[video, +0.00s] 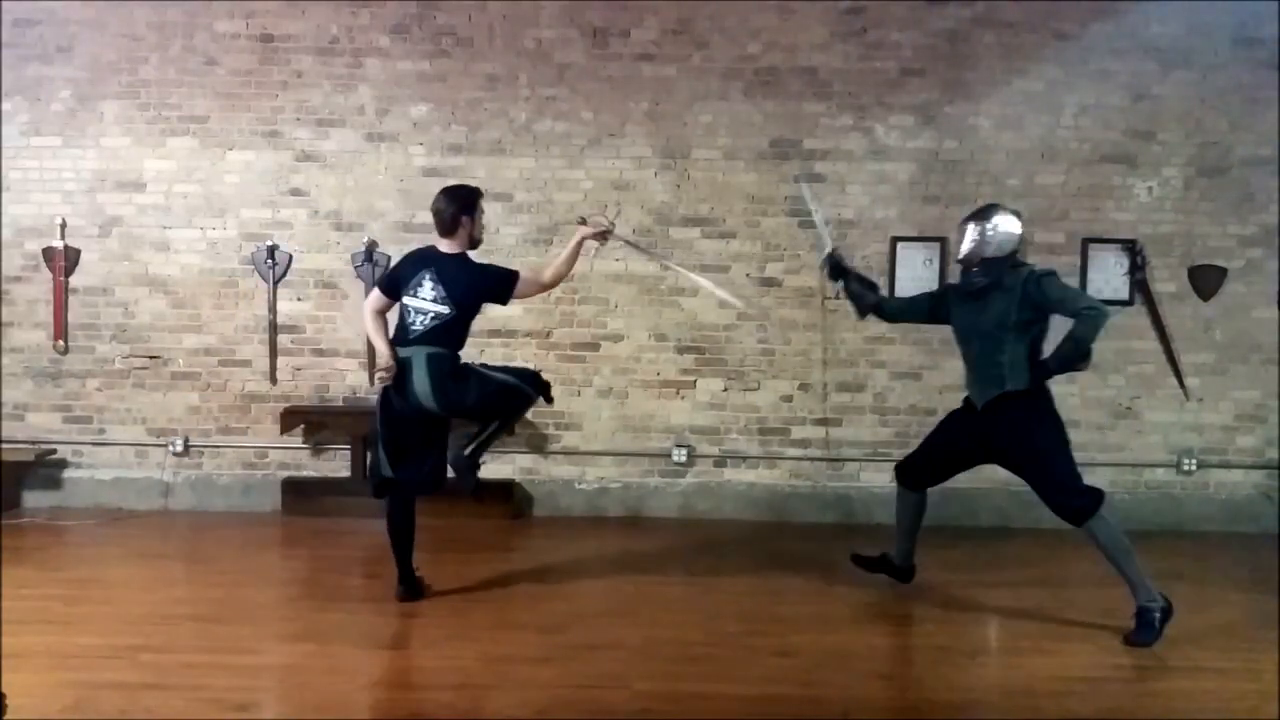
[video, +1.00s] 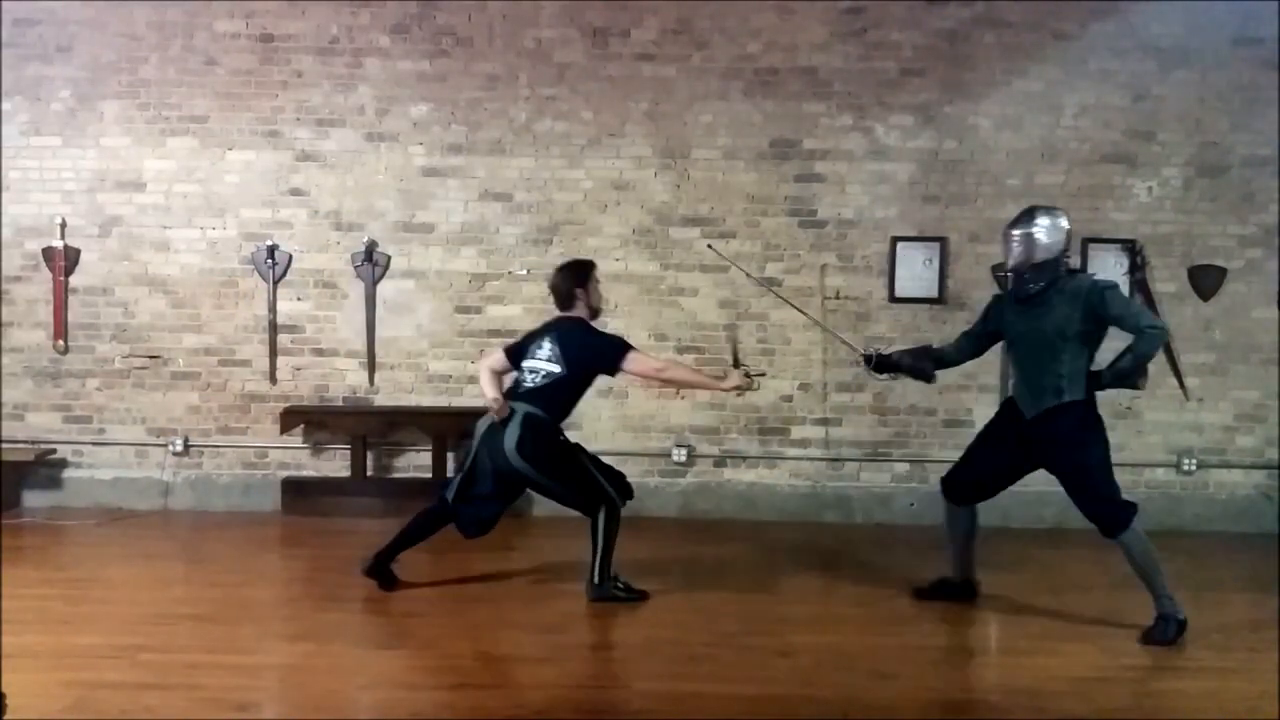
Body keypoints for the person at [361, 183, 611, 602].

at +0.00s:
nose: (481, 224)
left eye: (480, 216)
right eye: (478, 217)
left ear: (439, 222)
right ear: (463, 222)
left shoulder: (412, 261)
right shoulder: (474, 275)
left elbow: (372, 309)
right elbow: (546, 280)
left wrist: (385, 354)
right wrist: (579, 237)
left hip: (399, 389)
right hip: (441, 385)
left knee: (402, 482)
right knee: (527, 387)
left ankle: (406, 579)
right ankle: (468, 456)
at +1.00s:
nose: (603, 293)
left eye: (599, 286)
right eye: (597, 287)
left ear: (561, 297)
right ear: (583, 294)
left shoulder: (536, 337)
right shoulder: (593, 340)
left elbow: (487, 366)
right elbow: (655, 369)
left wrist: (497, 403)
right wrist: (718, 382)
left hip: (493, 434)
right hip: (532, 439)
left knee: (452, 502)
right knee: (607, 496)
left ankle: (382, 559)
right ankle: (601, 581)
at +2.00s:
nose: (367, 232)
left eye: (365, 223)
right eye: (360, 224)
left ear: (334, 231)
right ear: (334, 231)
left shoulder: (327, 276)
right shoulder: (329, 283)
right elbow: (396, 335)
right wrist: (459, 364)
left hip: (304, 390)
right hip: (290, 392)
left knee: (323, 479)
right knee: (306, 487)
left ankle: (281, 558)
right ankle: (268, 582)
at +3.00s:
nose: (298, 245)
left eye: (296, 237)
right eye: (291, 238)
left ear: (267, 247)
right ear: (266, 247)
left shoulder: (275, 294)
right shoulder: (252, 301)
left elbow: (248, 348)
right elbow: (287, 365)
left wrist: (212, 368)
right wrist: (326, 410)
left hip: (220, 406)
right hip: (230, 412)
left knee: (168, 480)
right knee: (282, 489)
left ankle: (128, 555)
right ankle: (267, 584)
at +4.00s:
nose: (365, 237)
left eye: (362, 229)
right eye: (360, 231)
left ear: (322, 239)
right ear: (342, 238)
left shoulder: (297, 275)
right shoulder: (337, 295)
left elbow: (256, 313)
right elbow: (347, 377)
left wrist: (248, 355)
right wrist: (403, 395)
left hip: (260, 389)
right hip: (287, 394)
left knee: (312, 483)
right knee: (302, 488)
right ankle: (268, 581)